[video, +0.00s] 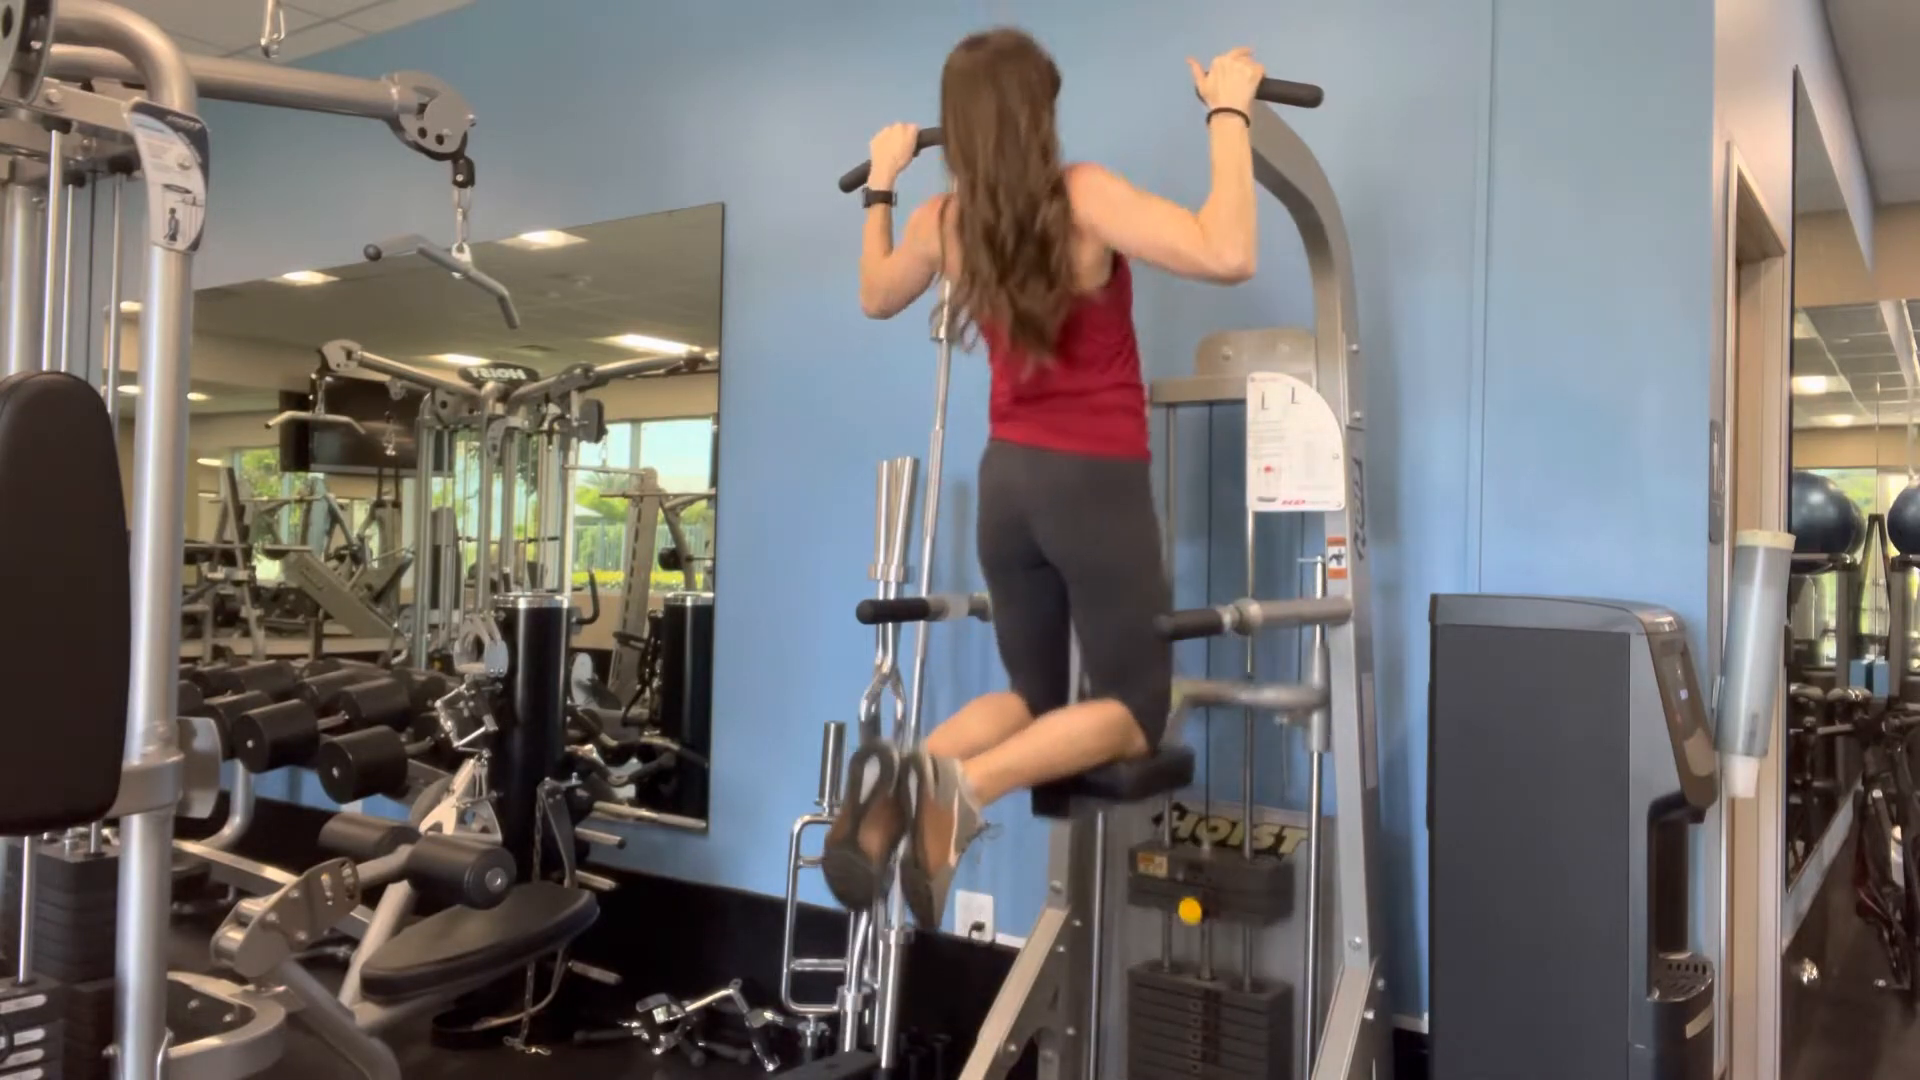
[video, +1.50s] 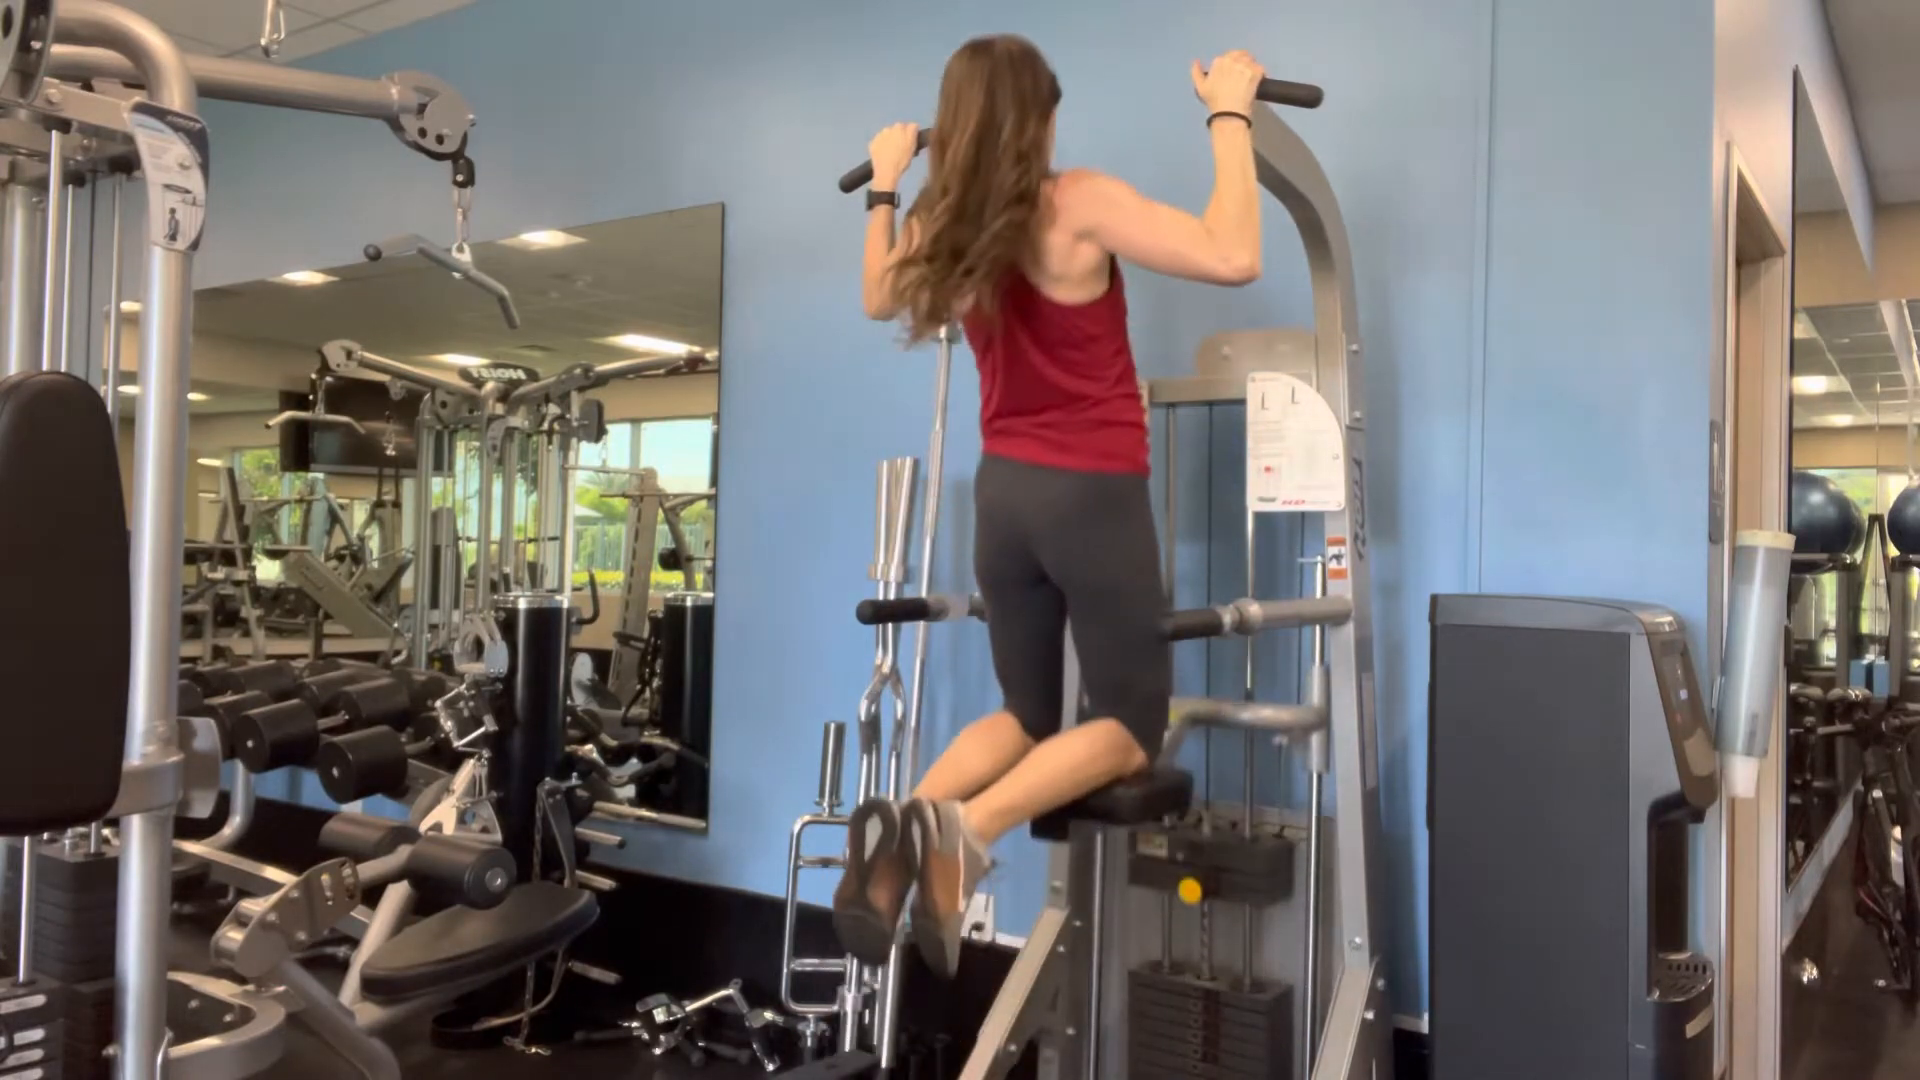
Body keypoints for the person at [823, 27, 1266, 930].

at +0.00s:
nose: (1057, 112)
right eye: (1053, 99)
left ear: (956, 122)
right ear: (1042, 111)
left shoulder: (946, 217)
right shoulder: (1084, 193)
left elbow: (879, 295)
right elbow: (1227, 252)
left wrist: (878, 187)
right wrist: (1229, 114)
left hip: (1006, 480)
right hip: (1093, 482)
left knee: (1034, 697)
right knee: (1133, 711)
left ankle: (899, 787)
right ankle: (966, 787)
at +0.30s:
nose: (1032, 287)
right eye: (1023, 275)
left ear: (945, 307)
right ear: (1025, 293)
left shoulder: (946, 383)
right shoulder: (1069, 366)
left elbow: (900, 293)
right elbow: (1205, 270)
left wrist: (884, 184)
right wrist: (1224, 117)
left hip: (992, 664)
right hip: (1081, 672)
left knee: (1020, 878)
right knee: (1121, 900)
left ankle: (890, 984)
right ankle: (950, 1002)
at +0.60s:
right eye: (1051, 352)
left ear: (971, 393)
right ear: (1050, 377)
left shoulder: (984, 451)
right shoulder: (1099, 435)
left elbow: (932, 306)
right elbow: (1185, 278)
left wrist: (891, 188)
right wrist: (1222, 118)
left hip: (1004, 743)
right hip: (1089, 754)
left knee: (1020, 962)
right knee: (1122, 982)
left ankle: (891, 1068)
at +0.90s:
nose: (1048, 322)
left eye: (988, 321)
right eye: (1040, 315)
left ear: (962, 349)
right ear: (1037, 336)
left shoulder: (961, 424)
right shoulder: (1088, 401)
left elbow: (914, 301)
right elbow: (1200, 277)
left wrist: (888, 185)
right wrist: (1223, 119)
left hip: (997, 695)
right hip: (1087, 708)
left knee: (1016, 915)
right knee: (1119, 935)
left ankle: (900, 1035)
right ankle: (968, 1049)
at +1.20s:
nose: (1049, 225)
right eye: (1041, 212)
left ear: (953, 234)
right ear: (1034, 227)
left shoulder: (944, 328)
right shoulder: (1074, 308)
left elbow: (891, 289)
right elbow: (1234, 263)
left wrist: (886, 186)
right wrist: (1230, 116)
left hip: (998, 601)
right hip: (1088, 605)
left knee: (1024, 815)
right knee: (1129, 835)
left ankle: (905, 927)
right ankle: (962, 936)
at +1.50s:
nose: (1058, 119)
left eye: (1053, 105)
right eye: (1053, 105)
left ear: (957, 123)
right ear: (1041, 116)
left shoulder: (953, 219)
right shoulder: (1081, 200)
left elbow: (880, 298)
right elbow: (1232, 254)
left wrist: (883, 185)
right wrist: (1232, 116)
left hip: (1003, 493)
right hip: (1092, 498)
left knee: (1028, 716)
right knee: (1131, 727)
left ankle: (903, 833)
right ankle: (969, 831)